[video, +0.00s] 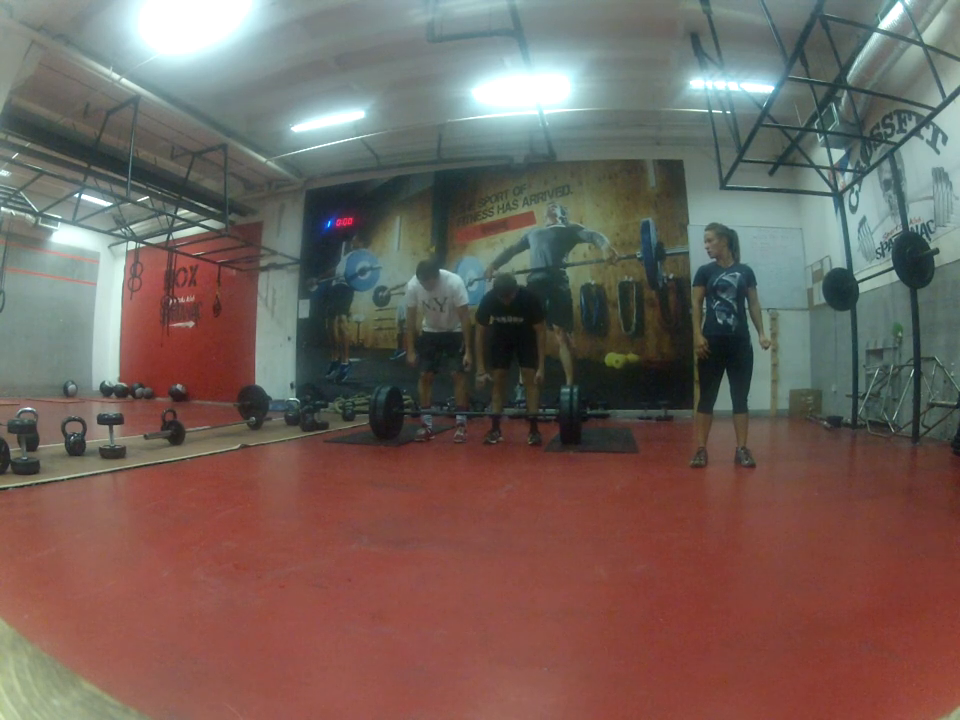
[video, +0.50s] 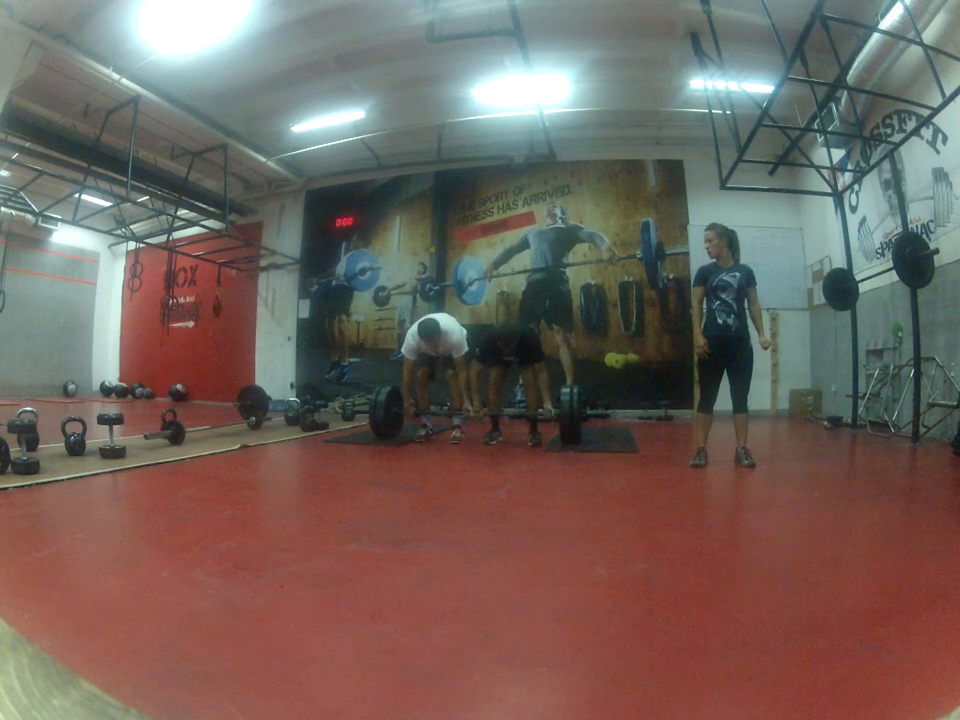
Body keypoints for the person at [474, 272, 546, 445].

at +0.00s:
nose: (506, 300)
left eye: (508, 296)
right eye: (502, 296)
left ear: (515, 291)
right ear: (496, 292)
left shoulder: (530, 299)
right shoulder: (489, 300)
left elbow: (540, 330)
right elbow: (480, 332)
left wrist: (541, 367)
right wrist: (480, 369)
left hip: (526, 341)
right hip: (501, 341)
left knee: (530, 378)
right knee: (498, 378)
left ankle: (534, 429)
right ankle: (495, 428)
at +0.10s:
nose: (507, 319)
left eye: (510, 315)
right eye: (504, 316)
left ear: (516, 309)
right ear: (497, 310)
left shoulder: (529, 311)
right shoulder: (489, 312)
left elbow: (541, 345)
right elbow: (479, 346)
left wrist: (543, 381)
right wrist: (479, 384)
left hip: (525, 338)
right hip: (501, 338)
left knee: (530, 376)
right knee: (498, 376)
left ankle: (534, 429)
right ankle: (495, 428)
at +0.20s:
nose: (507, 334)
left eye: (510, 330)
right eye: (504, 331)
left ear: (516, 325)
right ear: (498, 327)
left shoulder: (529, 325)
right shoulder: (490, 326)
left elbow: (540, 359)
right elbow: (478, 361)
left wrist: (545, 394)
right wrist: (478, 397)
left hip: (524, 344)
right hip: (499, 344)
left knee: (531, 380)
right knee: (497, 380)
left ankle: (534, 430)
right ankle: (495, 429)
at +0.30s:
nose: (508, 343)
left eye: (511, 339)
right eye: (504, 340)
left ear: (517, 333)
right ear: (497, 334)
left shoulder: (530, 333)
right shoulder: (490, 336)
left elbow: (541, 367)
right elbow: (477, 369)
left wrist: (547, 400)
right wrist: (476, 403)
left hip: (524, 348)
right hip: (499, 351)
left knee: (531, 382)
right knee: (494, 385)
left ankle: (534, 431)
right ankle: (495, 429)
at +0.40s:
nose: (508, 348)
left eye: (511, 345)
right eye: (505, 345)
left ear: (517, 339)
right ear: (498, 339)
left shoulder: (529, 337)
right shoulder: (491, 340)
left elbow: (541, 371)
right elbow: (474, 371)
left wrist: (547, 404)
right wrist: (476, 404)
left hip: (524, 354)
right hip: (499, 356)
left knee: (531, 386)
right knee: (493, 389)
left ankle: (534, 431)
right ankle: (495, 429)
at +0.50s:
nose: (507, 349)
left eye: (509, 346)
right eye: (503, 347)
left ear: (516, 340)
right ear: (498, 341)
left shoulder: (529, 338)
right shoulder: (490, 341)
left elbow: (541, 371)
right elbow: (474, 371)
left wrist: (547, 402)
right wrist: (476, 403)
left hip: (525, 356)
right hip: (501, 357)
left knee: (531, 385)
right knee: (494, 386)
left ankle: (534, 431)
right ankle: (495, 429)